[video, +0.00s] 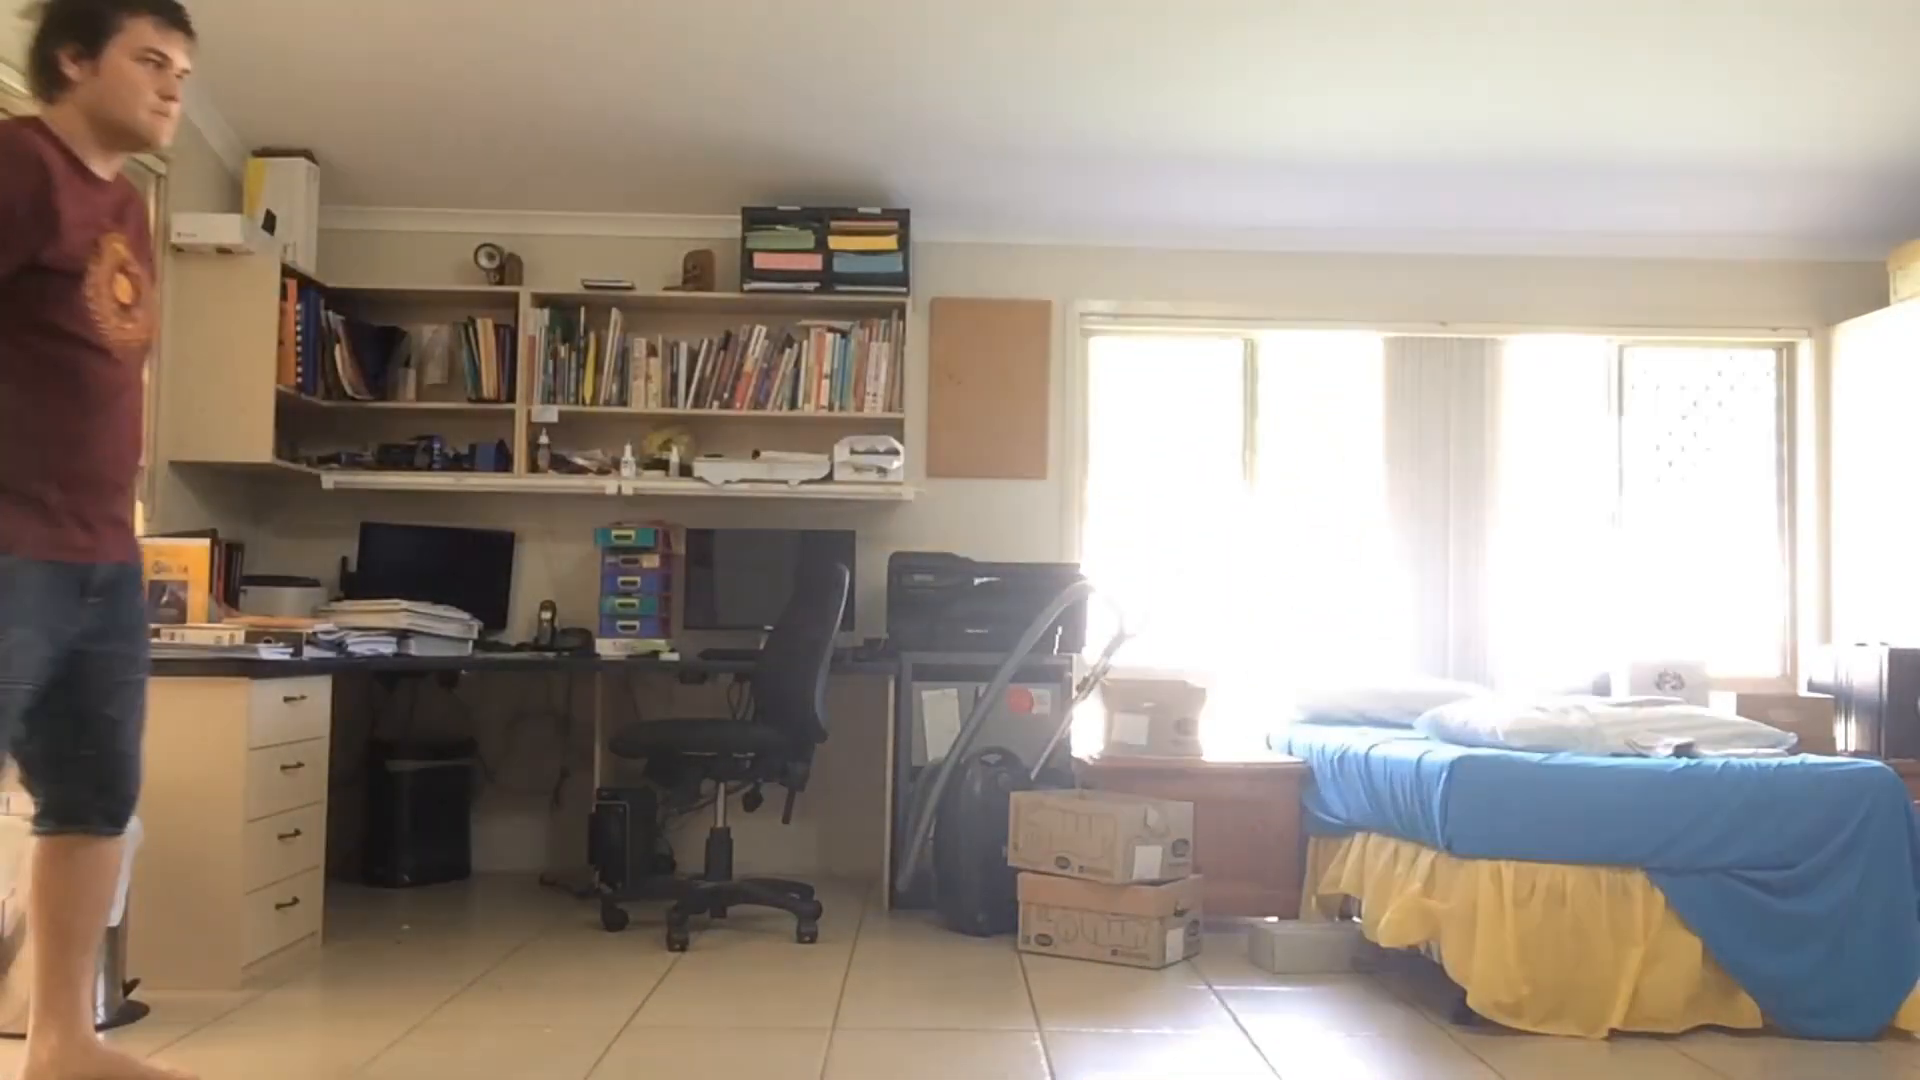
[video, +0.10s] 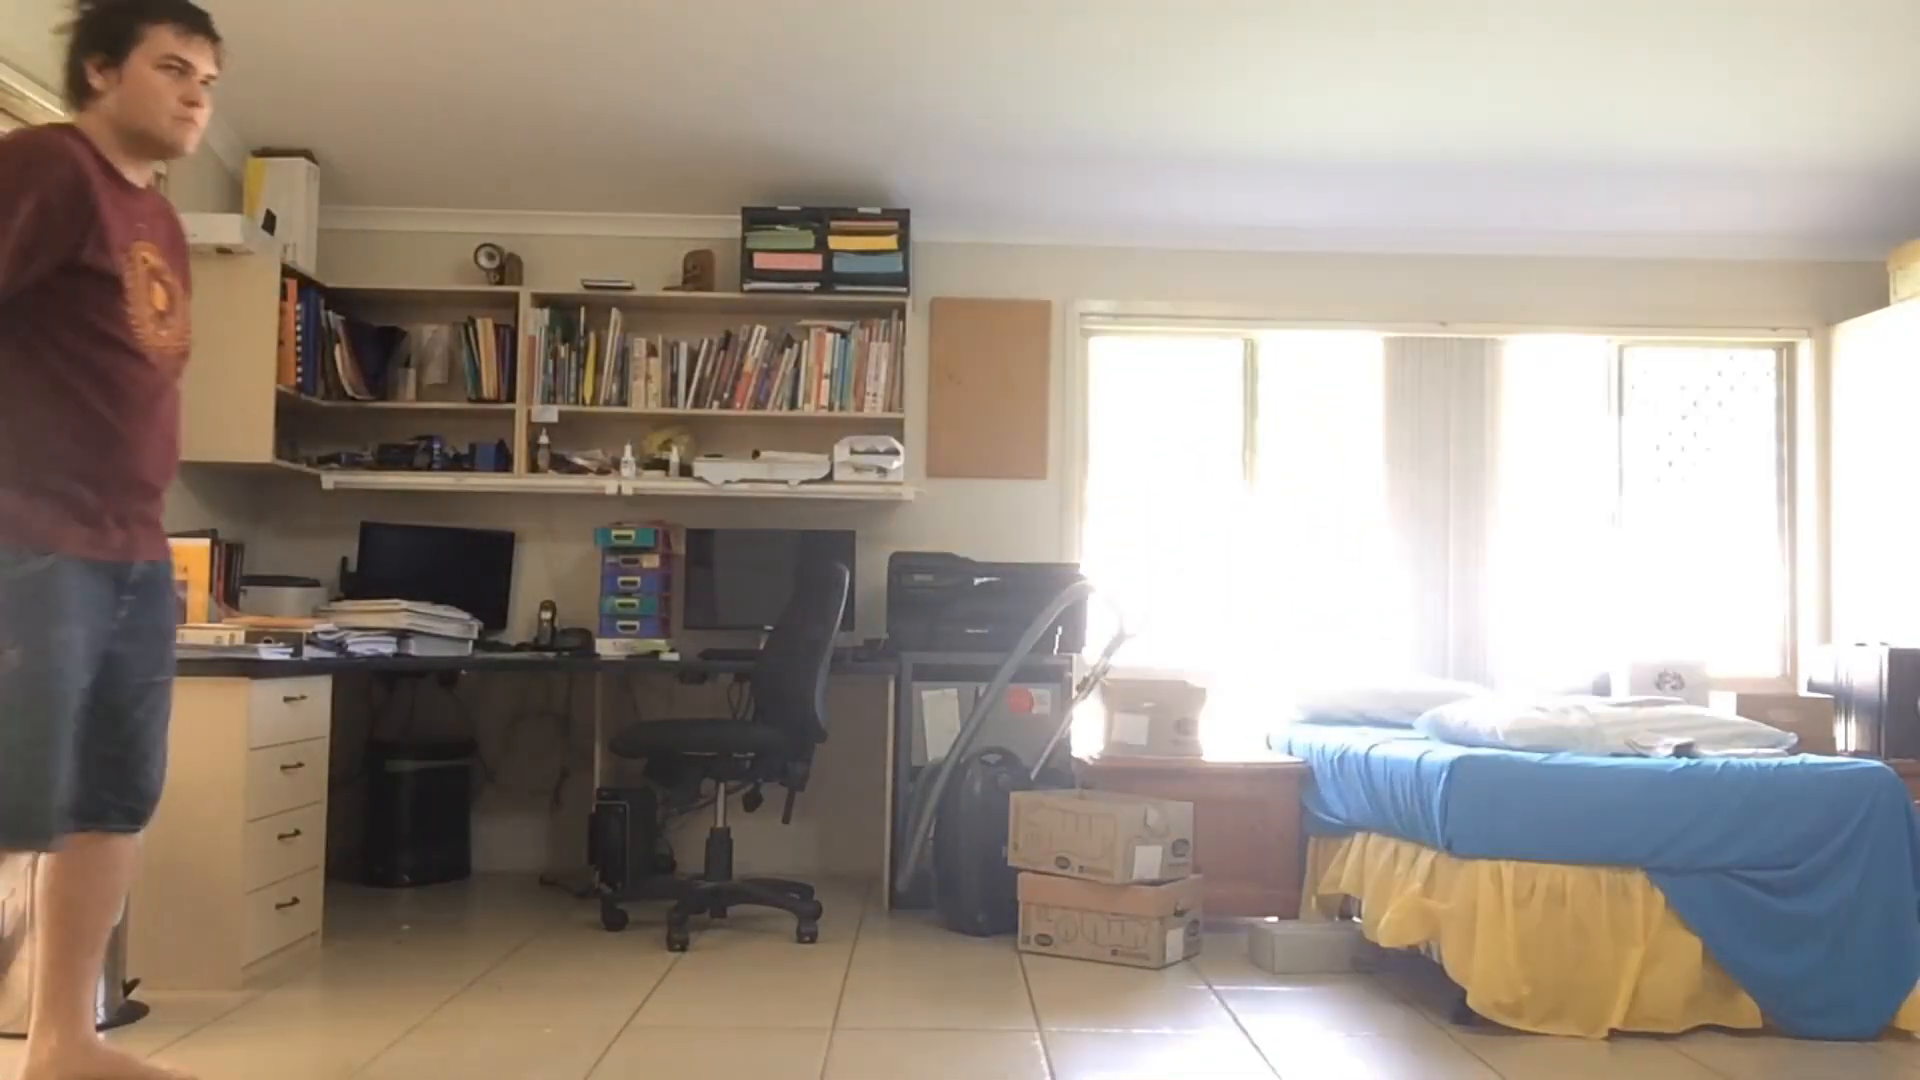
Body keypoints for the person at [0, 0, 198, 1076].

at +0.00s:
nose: (175, 89)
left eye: (182, 73)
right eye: (154, 62)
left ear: (171, 91)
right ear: (74, 61)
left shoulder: (134, 200)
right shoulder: (18, 162)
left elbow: (119, 368)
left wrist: (124, 508)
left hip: (105, 551)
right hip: (16, 551)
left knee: (91, 802)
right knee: (11, 802)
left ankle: (62, 1037)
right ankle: (23, 1028)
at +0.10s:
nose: (199, 96)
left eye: (208, 81)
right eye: (176, 68)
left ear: (200, 100)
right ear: (100, 71)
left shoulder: (158, 209)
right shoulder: (43, 164)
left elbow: (128, 373)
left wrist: (137, 522)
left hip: (133, 540)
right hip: (32, 537)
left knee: (112, 798)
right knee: (16, 812)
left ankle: (64, 1037)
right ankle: (18, 1031)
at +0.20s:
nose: (222, 95)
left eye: (234, 81)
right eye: (197, 68)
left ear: (234, 103)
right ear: (126, 72)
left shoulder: (192, 218)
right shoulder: (68, 166)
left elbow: (161, 376)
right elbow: (1, 291)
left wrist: (166, 522)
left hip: (156, 537)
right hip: (54, 529)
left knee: (119, 802)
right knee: (56, 805)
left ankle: (67, 1037)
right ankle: (16, 1032)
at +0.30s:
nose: (243, 92)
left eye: (258, 81)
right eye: (218, 68)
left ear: (263, 105)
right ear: (151, 76)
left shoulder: (227, 230)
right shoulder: (99, 166)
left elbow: (194, 390)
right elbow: (2, 296)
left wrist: (198, 535)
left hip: (179, 536)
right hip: (81, 526)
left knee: (128, 804)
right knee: (118, 805)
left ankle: (63, 1041)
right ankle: (88, 1050)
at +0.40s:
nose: (264, 93)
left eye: (281, 82)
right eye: (241, 71)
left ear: (290, 109)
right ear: (178, 82)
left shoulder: (251, 226)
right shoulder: (126, 173)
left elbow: (247, 375)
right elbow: (13, 313)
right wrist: (16, 440)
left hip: (209, 534)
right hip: (111, 523)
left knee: (125, 802)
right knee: (173, 793)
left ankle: (59, 1039)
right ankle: (229, 1054)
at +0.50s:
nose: (295, 99)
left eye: (311, 87)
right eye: (270, 76)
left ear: (319, 113)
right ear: (207, 88)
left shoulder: (278, 229)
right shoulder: (160, 180)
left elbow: (252, 380)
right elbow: (36, 350)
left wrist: (136, 443)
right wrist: (92, 465)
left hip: (238, 545)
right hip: (155, 538)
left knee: (153, 804)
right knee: (225, 798)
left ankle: (59, 1040)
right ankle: (264, 1059)